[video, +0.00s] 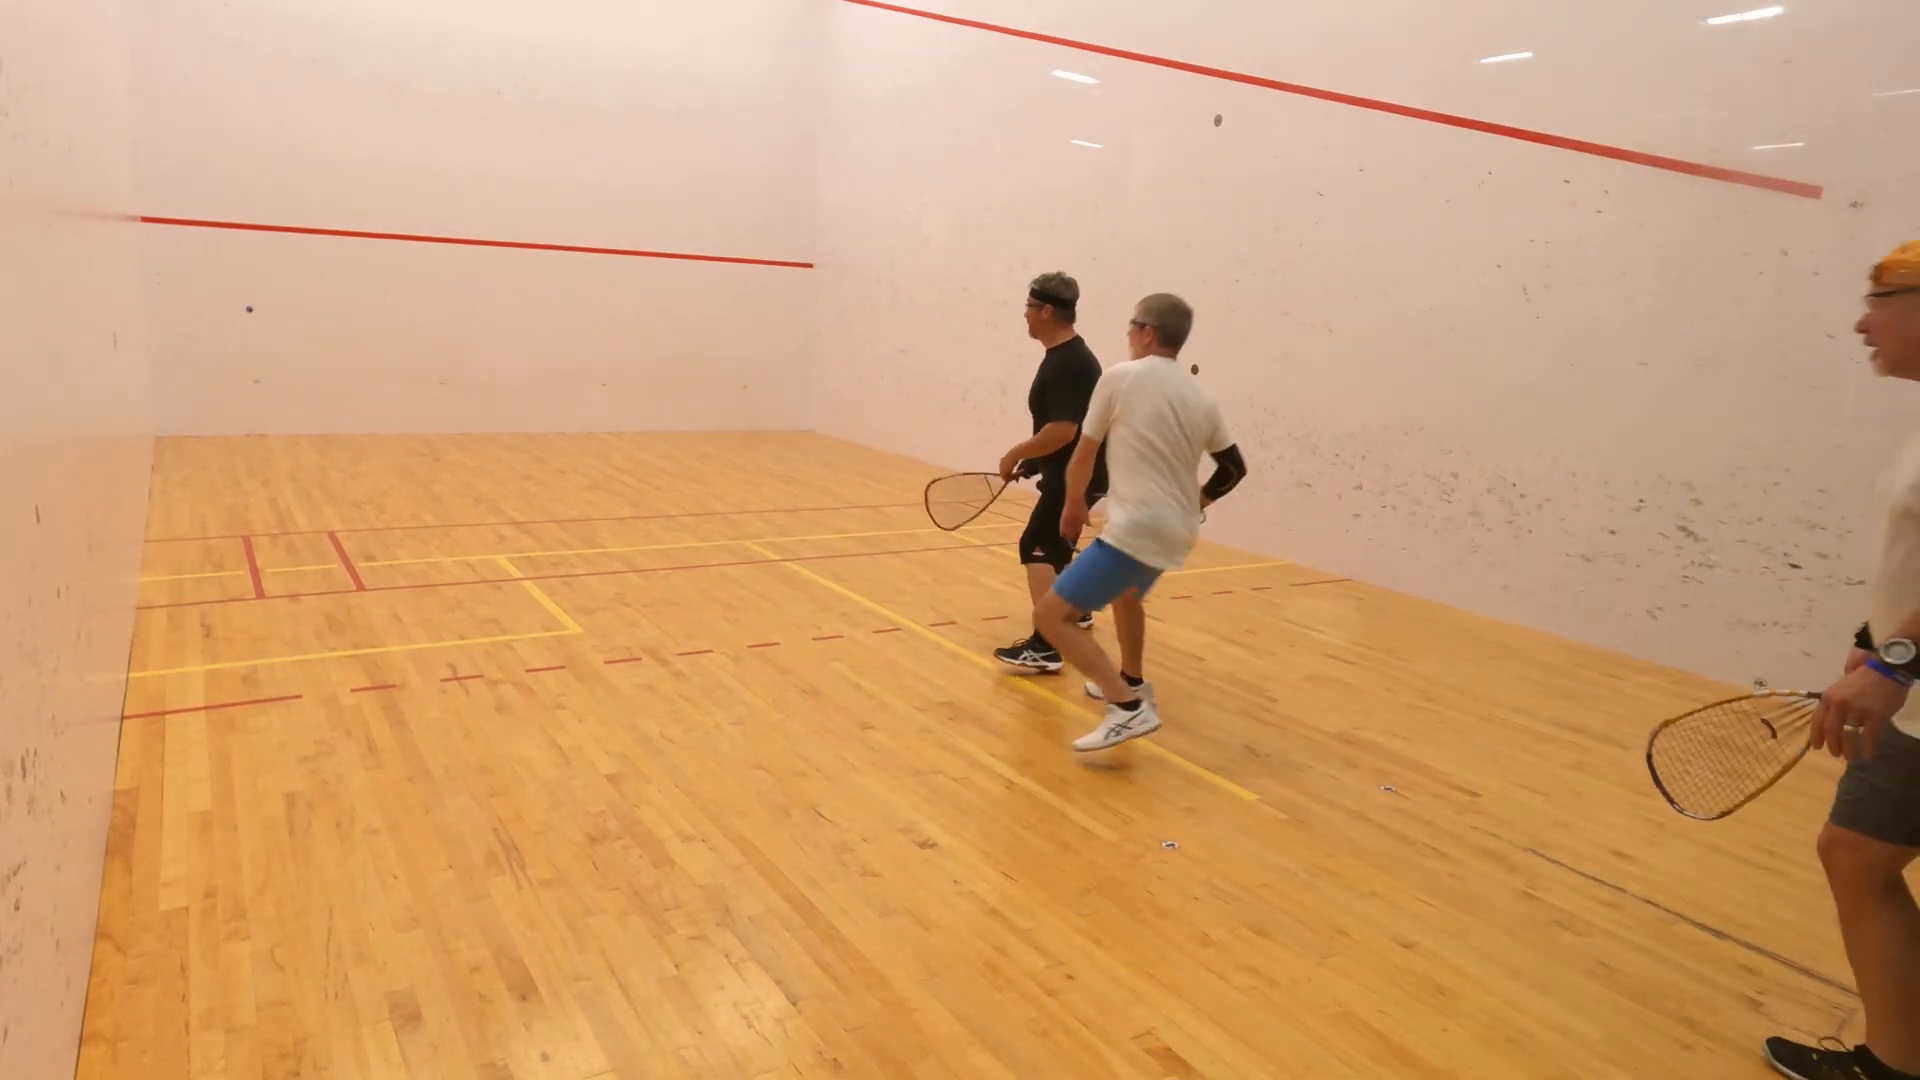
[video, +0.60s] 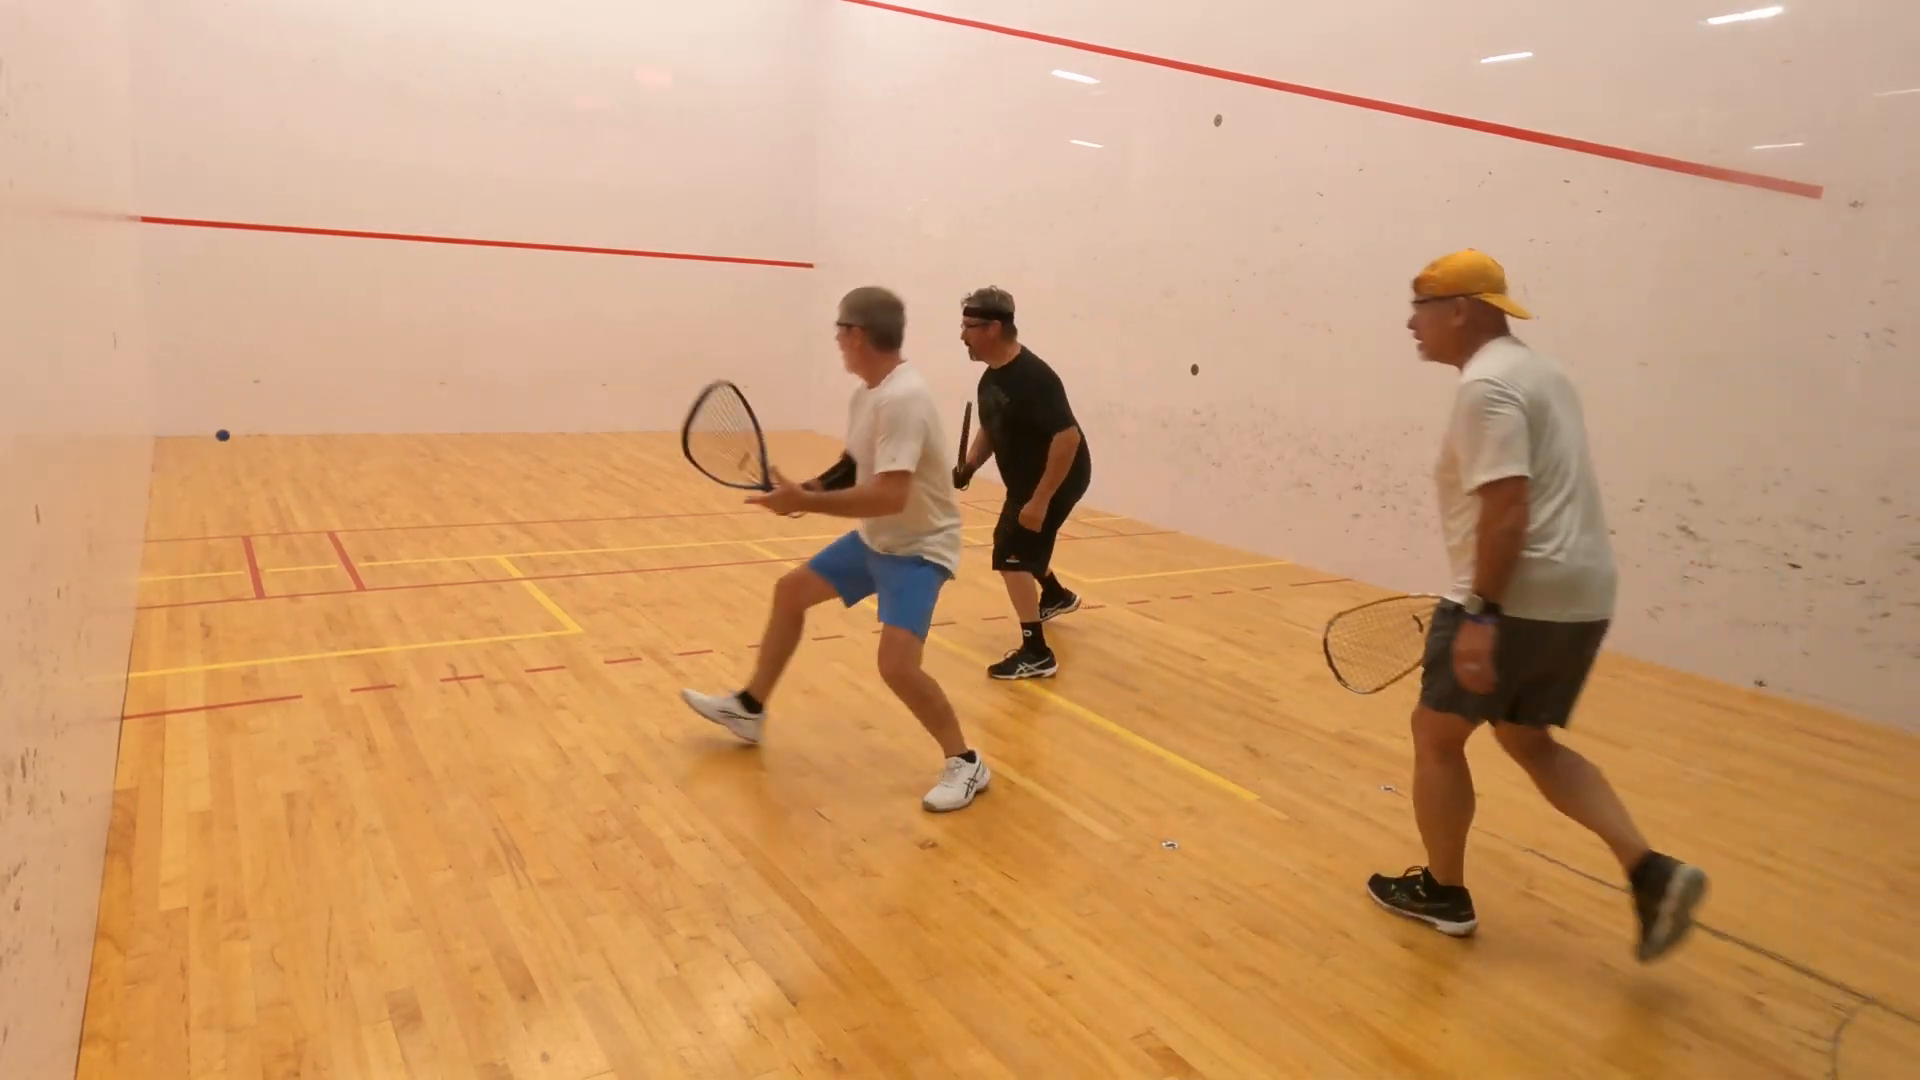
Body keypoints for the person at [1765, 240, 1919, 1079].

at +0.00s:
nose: (1862, 321)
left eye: (1879, 300)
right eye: (1868, 301)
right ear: (1905, 317)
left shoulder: (1914, 438)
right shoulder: (1911, 437)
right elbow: (1906, 579)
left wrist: (1894, 664)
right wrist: (1861, 668)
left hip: (1914, 700)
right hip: (1903, 693)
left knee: (1856, 857)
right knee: (1859, 855)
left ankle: (1895, 1054)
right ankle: (1891, 1051)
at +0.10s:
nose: (1785, 323)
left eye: (1801, 304)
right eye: (1788, 304)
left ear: (1861, 308)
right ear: (1858, 311)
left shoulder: (1904, 404)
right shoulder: (1874, 400)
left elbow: (1913, 549)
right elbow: (1884, 553)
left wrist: (1868, 672)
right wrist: (1845, 671)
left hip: (1893, 692)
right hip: (1873, 687)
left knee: (1846, 869)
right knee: (1848, 866)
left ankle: (1897, 1052)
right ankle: (1888, 1049)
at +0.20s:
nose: (1707, 322)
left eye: (1721, 303)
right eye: (1709, 304)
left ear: (1780, 306)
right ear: (1785, 309)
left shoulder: (1828, 389)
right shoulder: (1837, 380)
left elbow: (1874, 530)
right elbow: (1855, 535)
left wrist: (1862, 669)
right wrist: (1773, 663)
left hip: (1809, 668)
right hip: (1870, 671)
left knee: (1691, 805)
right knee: (1851, 848)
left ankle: (1779, 1008)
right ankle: (1896, 1055)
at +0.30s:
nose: (1629, 338)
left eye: (1641, 321)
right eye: (1630, 321)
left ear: (1693, 320)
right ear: (1703, 323)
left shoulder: (1730, 401)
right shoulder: (1763, 389)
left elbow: (1795, 533)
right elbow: (1775, 544)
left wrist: (1823, 664)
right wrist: (1682, 651)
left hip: (1733, 655)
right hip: (1807, 663)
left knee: (1600, 773)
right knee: (1840, 857)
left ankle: (1559, 942)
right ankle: (1889, 1051)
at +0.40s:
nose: (1544, 346)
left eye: (1557, 331)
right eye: (1546, 331)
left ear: (1607, 334)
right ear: (1615, 336)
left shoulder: (1636, 410)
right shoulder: (1678, 398)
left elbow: (1703, 531)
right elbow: (1679, 541)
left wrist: (1737, 650)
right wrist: (1609, 623)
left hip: (1648, 652)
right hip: (1729, 663)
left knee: (1537, 775)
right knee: (1785, 839)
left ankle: (1456, 896)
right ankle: (1874, 1034)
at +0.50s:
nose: (1467, 340)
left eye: (1479, 326)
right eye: (1471, 326)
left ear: (1527, 333)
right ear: (1534, 335)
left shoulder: (1550, 406)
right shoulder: (1600, 395)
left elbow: (1597, 527)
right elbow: (1605, 526)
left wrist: (1613, 641)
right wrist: (1531, 617)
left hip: (1560, 632)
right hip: (1647, 636)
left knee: (1468, 745)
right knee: (1652, 795)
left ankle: (1443, 891)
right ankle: (1792, 962)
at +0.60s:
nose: (1411, 320)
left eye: (1423, 307)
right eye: (1413, 306)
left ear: (1468, 313)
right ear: (1477, 315)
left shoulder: (1488, 385)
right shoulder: (1539, 371)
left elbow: (1506, 513)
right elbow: (1544, 501)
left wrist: (1479, 612)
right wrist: (1470, 587)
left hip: (1513, 602)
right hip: (1578, 601)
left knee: (1435, 731)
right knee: (1525, 732)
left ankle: (1444, 889)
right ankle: (1646, 870)